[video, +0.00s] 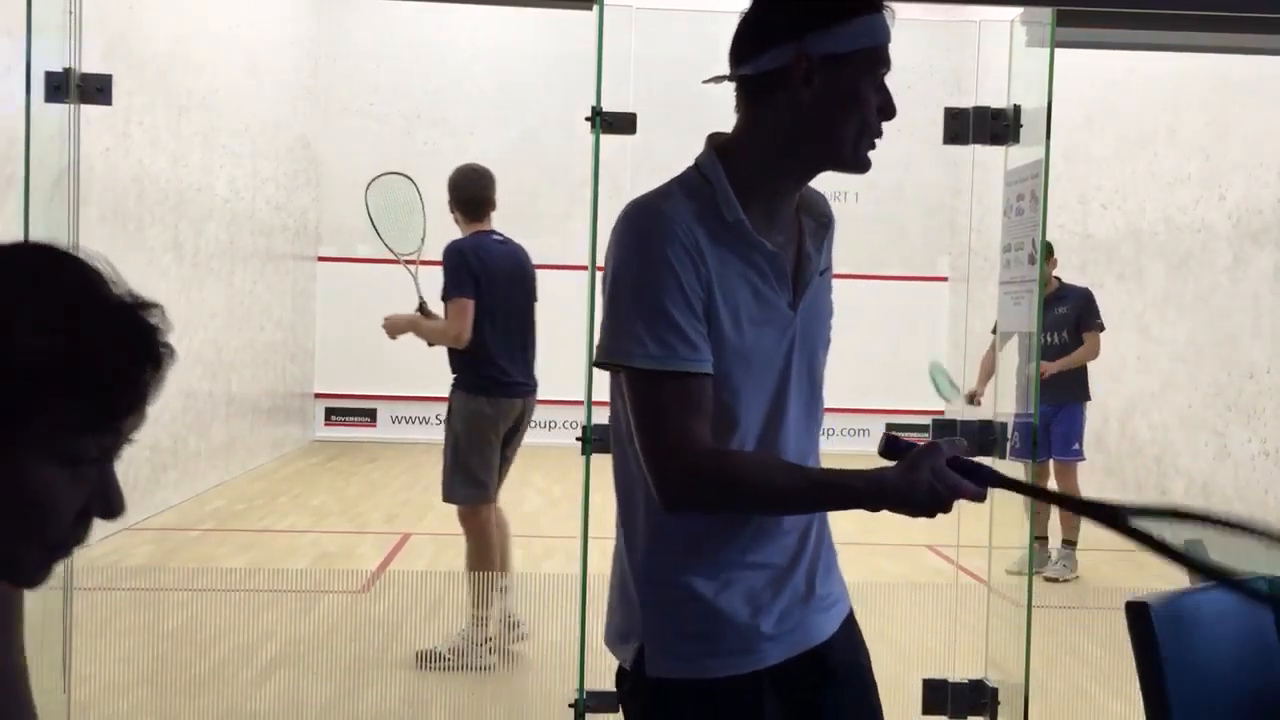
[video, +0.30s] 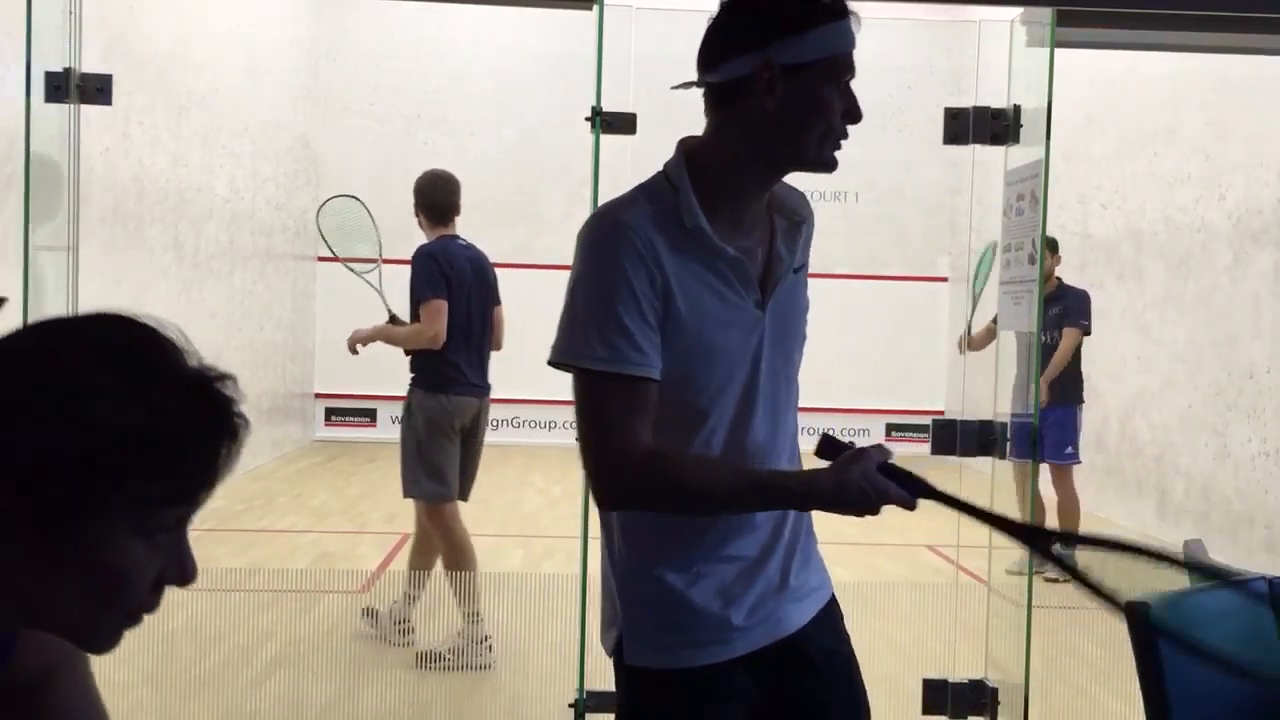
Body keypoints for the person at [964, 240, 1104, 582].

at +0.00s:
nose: (1033, 273)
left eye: (1038, 265)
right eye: (1028, 266)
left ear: (1052, 262)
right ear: (1021, 268)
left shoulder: (1079, 297)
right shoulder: (1020, 302)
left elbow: (1092, 348)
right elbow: (994, 349)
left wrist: (1056, 365)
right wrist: (980, 386)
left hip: (1067, 404)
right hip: (1029, 403)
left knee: (1065, 478)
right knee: (1035, 479)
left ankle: (1067, 555)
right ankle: (1038, 551)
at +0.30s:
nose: (1036, 267)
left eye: (1041, 260)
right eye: (1031, 261)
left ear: (1056, 260)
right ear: (1024, 264)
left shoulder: (1074, 298)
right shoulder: (1021, 299)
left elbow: (1069, 345)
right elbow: (990, 330)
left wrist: (1044, 380)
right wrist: (971, 342)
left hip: (1061, 403)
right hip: (1025, 399)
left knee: (1061, 477)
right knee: (1023, 476)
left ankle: (1067, 555)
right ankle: (1036, 552)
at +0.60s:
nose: (1013, 262)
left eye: (1021, 254)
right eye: (1008, 255)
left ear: (1034, 257)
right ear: (1002, 258)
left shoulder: (1053, 297)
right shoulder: (1005, 297)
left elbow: (1019, 334)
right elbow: (977, 331)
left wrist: (963, 336)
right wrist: (980, 303)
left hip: (1047, 401)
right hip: (1012, 402)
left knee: (1053, 480)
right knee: (984, 470)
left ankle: (1067, 556)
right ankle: (1002, 547)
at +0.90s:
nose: (926, 285)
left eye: (931, 278)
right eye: (925, 278)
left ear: (951, 276)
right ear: (937, 280)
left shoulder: (989, 301)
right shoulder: (941, 310)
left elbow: (980, 347)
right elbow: (938, 324)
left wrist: (924, 359)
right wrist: (949, 274)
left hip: (1004, 409)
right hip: (968, 408)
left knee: (1028, 482)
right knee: (930, 469)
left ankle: (1062, 553)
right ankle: (894, 533)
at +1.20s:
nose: (834, 302)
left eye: (837, 295)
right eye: (833, 296)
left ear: (853, 291)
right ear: (853, 293)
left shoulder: (883, 316)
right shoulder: (868, 321)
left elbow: (877, 372)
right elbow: (846, 364)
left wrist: (855, 405)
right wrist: (817, 398)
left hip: (922, 412)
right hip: (899, 412)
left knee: (924, 488)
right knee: (864, 464)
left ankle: (994, 530)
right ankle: (870, 545)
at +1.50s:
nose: (777, 281)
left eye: (779, 275)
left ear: (785, 275)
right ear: (811, 271)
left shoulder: (786, 303)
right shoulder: (833, 295)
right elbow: (876, 283)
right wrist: (904, 260)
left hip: (839, 397)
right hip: (864, 392)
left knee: (800, 463)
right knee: (850, 466)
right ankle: (868, 543)